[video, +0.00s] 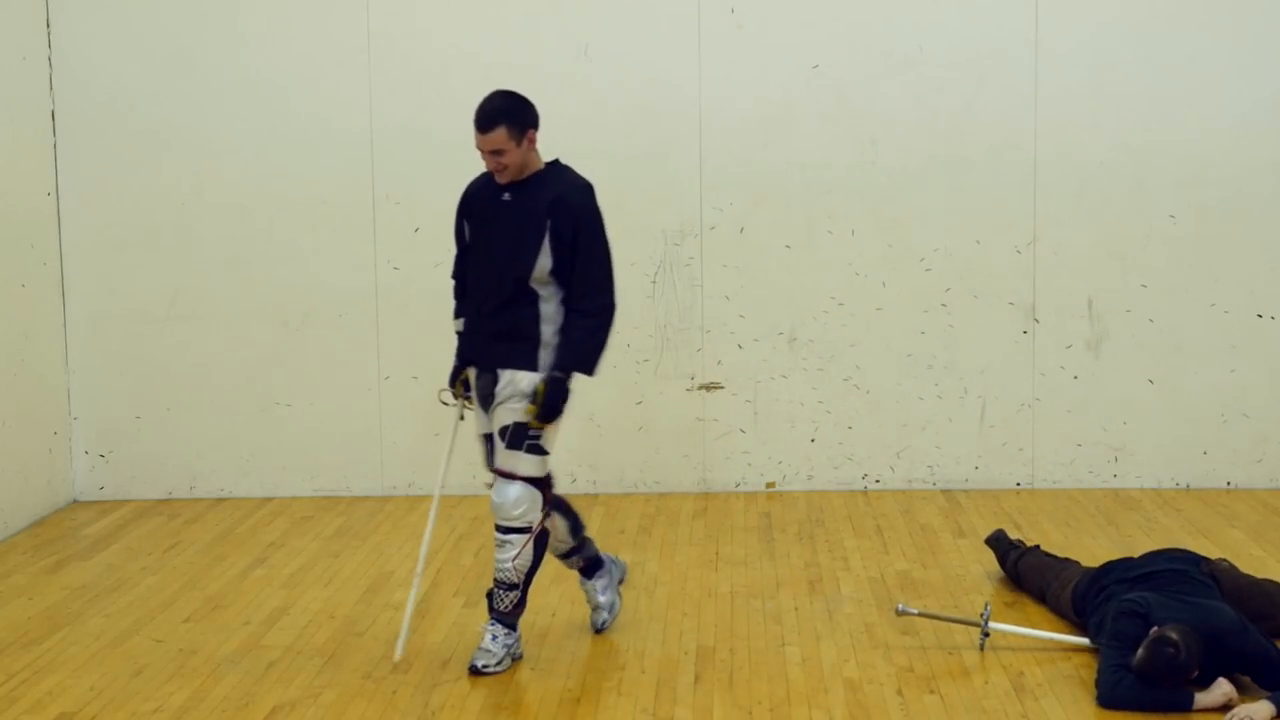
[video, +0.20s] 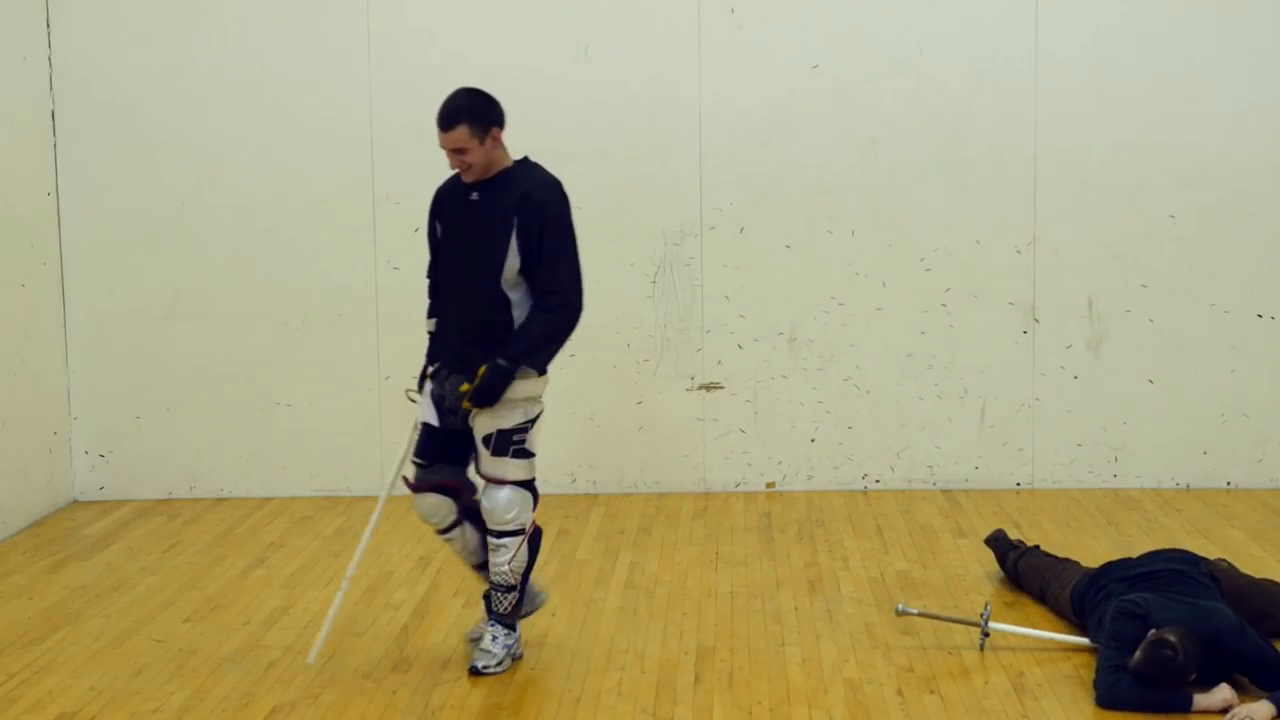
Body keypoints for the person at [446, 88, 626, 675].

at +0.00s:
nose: (490, 163)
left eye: (499, 152)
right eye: (484, 153)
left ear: (531, 138)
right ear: (478, 145)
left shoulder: (568, 195)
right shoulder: (478, 196)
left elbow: (592, 296)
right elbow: (466, 284)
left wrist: (564, 376)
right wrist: (464, 356)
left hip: (537, 364)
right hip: (484, 362)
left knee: (514, 491)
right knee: (517, 487)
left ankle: (503, 626)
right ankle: (597, 570)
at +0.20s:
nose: (454, 162)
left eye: (462, 151)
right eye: (448, 152)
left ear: (495, 137)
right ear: (444, 146)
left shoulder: (538, 195)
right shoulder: (447, 198)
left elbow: (562, 300)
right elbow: (441, 289)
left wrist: (505, 369)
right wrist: (436, 362)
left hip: (510, 372)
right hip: (450, 368)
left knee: (504, 499)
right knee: (432, 491)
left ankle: (503, 624)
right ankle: (513, 584)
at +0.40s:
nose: (412, 168)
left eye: (418, 155)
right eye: (405, 157)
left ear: (451, 137)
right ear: (406, 149)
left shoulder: (503, 194)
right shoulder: (411, 205)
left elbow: (533, 303)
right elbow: (415, 300)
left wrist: (490, 376)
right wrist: (410, 369)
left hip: (490, 380)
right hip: (425, 377)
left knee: (493, 506)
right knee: (389, 501)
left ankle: (501, 630)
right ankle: (373, 635)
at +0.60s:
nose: (359, 174)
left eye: (364, 161)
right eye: (353, 164)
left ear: (398, 143)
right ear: (358, 157)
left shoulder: (456, 199)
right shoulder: (361, 218)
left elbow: (498, 297)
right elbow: (369, 312)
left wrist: (494, 387)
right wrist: (364, 386)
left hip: (450, 388)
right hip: (381, 387)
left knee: (470, 510)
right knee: (343, 514)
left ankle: (498, 629)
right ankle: (330, 654)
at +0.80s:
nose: (298, 171)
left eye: (302, 157)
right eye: (292, 161)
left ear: (338, 138)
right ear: (304, 153)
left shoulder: (399, 195)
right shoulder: (300, 214)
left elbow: (451, 282)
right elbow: (302, 307)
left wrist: (497, 358)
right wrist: (305, 384)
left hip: (391, 390)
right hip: (319, 389)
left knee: (416, 522)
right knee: (304, 526)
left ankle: (482, 617)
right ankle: (323, 661)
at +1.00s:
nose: (252, 167)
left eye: (257, 154)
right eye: (245, 157)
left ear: (292, 136)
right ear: (250, 150)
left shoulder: (354, 188)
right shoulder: (252, 206)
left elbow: (422, 261)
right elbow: (239, 305)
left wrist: (506, 279)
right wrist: (236, 388)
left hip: (340, 381)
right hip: (271, 385)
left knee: (330, 519)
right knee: (285, 526)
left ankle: (398, 635)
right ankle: (323, 660)